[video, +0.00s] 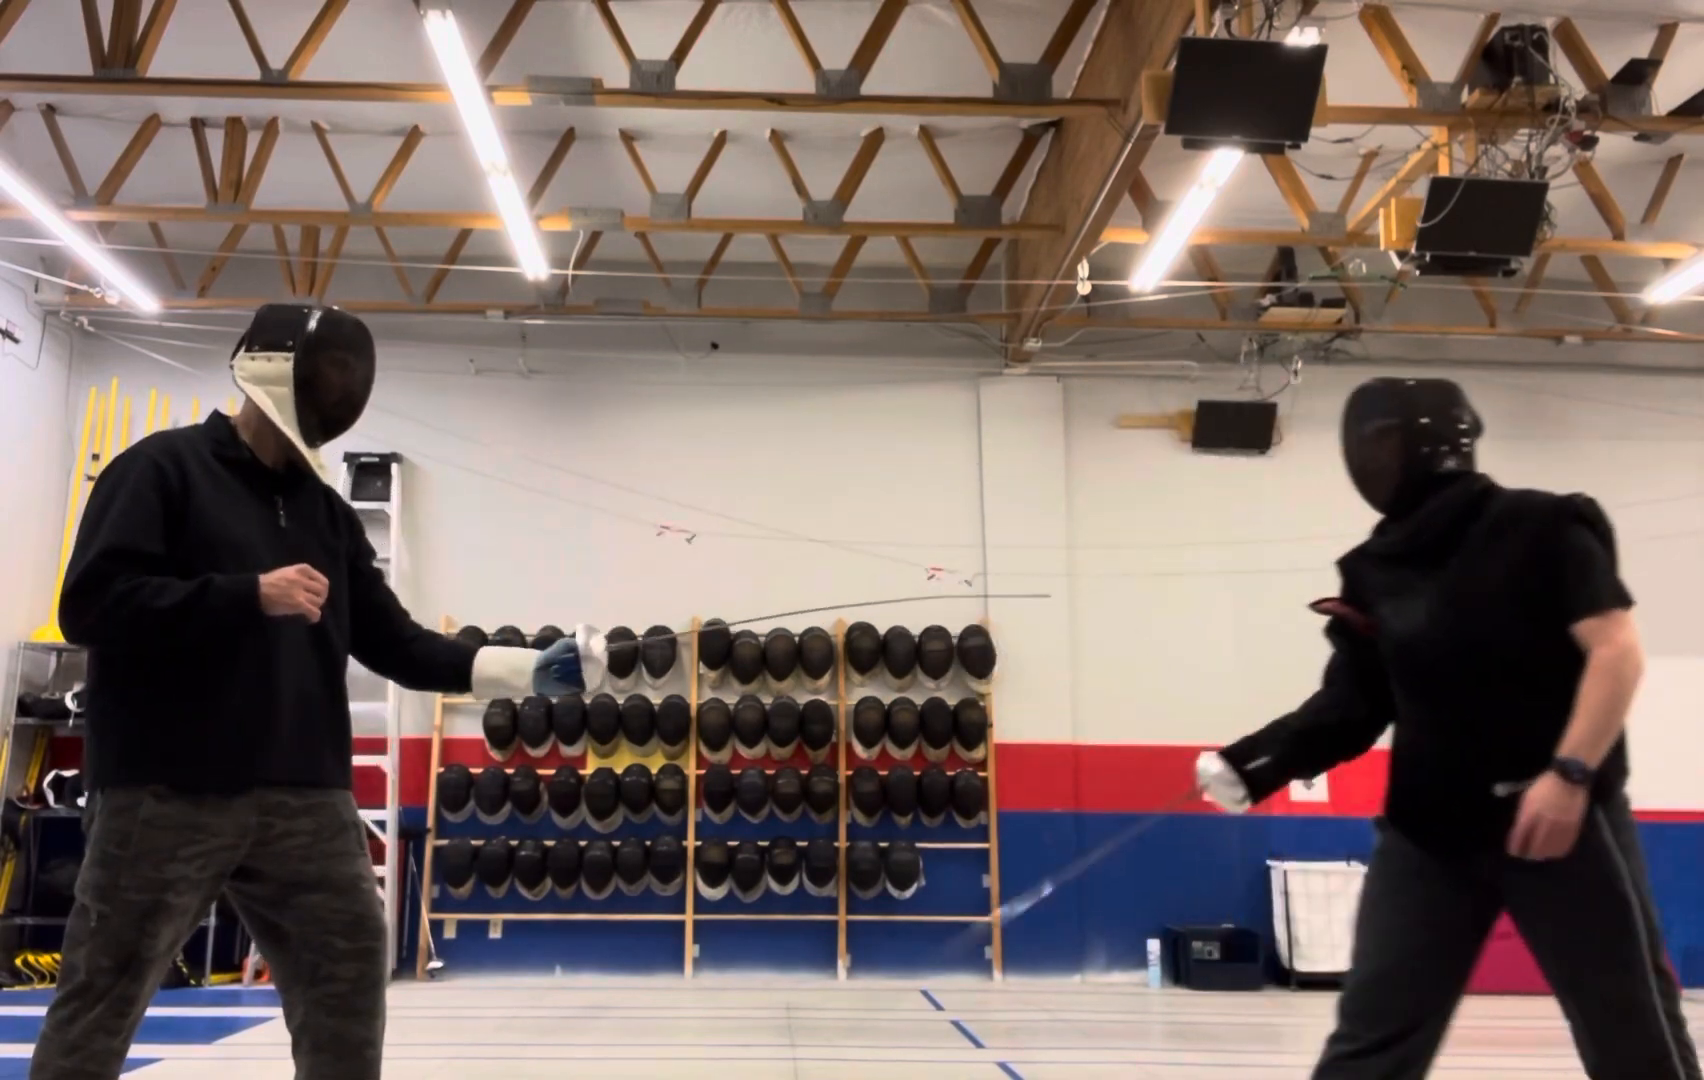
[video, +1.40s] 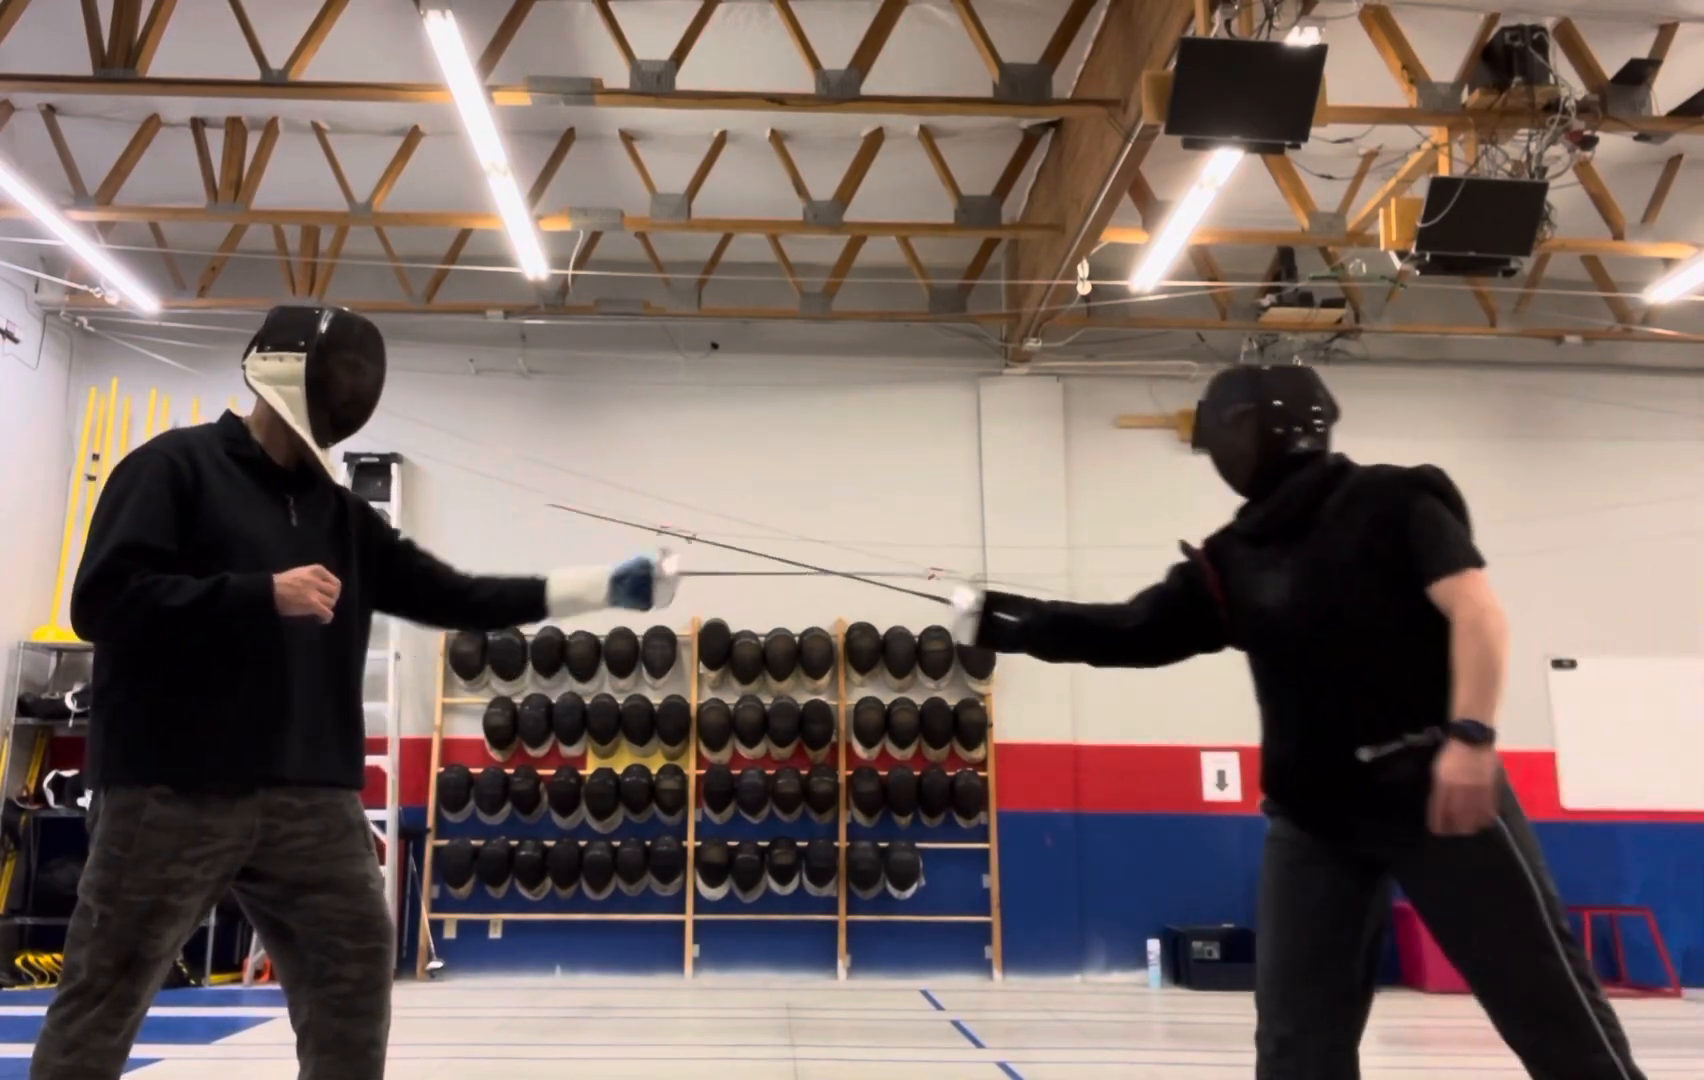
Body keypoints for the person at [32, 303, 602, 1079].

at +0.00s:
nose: (333, 412)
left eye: (340, 401)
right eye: (315, 393)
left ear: (345, 407)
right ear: (261, 377)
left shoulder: (324, 511)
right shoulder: (154, 471)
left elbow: (388, 639)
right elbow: (90, 604)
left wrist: (512, 667)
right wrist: (247, 593)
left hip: (302, 799)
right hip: (164, 794)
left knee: (347, 976)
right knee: (101, 1000)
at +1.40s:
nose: (326, 435)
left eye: (340, 418)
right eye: (317, 412)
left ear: (348, 410)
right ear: (271, 384)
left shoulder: (338, 515)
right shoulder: (166, 470)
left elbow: (452, 597)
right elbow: (102, 598)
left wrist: (596, 589)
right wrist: (261, 592)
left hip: (307, 801)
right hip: (168, 794)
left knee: (351, 996)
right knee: (96, 1009)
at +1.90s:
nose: (340, 423)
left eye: (352, 407)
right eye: (329, 400)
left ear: (357, 404)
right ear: (277, 378)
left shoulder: (355, 508)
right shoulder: (169, 469)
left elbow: (489, 530)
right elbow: (100, 599)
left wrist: (637, 502)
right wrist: (257, 589)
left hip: (313, 798)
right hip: (168, 794)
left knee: (355, 1004)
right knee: (97, 1010)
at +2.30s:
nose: (314, 417)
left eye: (327, 401)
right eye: (302, 392)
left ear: (333, 398)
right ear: (255, 373)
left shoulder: (321, 507)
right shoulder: (151, 470)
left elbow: (390, 637)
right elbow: (91, 604)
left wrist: (514, 662)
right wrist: (248, 586)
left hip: (306, 798)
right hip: (165, 796)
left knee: (350, 983)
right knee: (100, 1005)